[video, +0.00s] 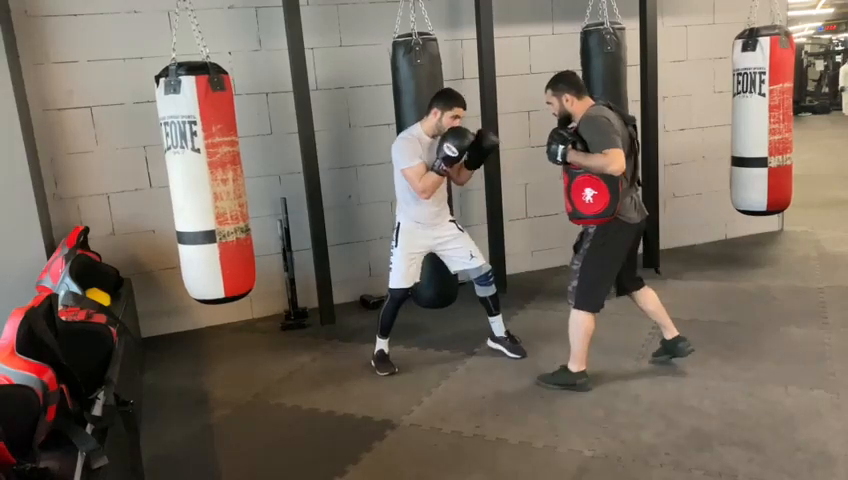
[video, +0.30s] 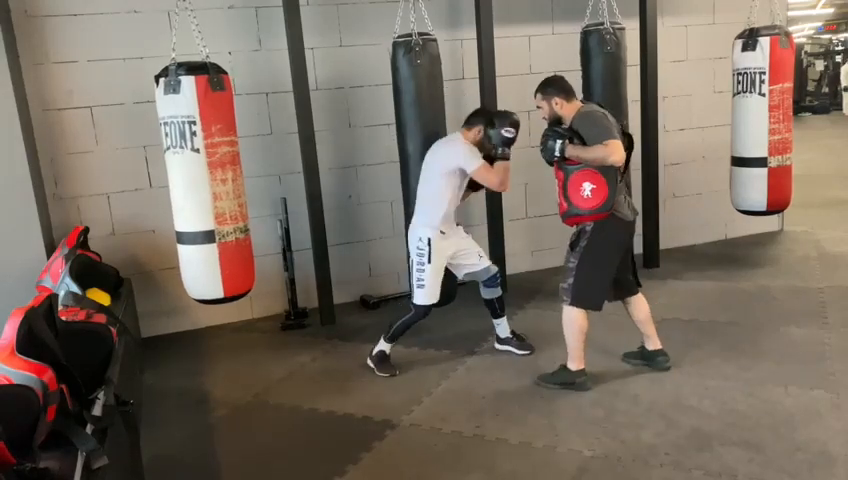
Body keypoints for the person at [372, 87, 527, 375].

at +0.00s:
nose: (456, 126)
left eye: (459, 121)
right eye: (454, 119)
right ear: (436, 114)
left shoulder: (445, 141)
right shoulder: (405, 143)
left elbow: (461, 179)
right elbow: (424, 189)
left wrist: (477, 154)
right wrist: (447, 158)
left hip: (444, 225)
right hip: (411, 228)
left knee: (483, 272)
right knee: (399, 290)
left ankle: (499, 335)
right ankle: (381, 350)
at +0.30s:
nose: (488, 145)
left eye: (489, 142)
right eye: (489, 140)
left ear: (472, 130)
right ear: (478, 131)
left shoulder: (449, 147)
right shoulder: (458, 148)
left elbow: (449, 198)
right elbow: (500, 183)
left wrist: (477, 185)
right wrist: (503, 148)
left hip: (451, 231)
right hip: (427, 235)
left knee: (490, 277)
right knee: (422, 306)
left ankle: (504, 336)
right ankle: (380, 350)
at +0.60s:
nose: (495, 138)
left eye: (498, 132)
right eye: (491, 131)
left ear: (497, 131)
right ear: (475, 126)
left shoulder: (495, 154)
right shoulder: (442, 141)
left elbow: (508, 184)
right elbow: (432, 184)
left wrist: (540, 192)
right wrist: (458, 155)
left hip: (465, 232)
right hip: (428, 230)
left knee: (498, 286)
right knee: (404, 289)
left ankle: (505, 337)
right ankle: (387, 345)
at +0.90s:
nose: (457, 129)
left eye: (459, 123)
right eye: (453, 122)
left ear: (453, 123)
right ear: (436, 119)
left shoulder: (446, 147)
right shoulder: (405, 147)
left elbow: (456, 181)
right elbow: (419, 194)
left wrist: (475, 165)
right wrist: (442, 166)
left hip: (441, 228)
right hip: (408, 231)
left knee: (476, 275)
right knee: (398, 293)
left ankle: (502, 334)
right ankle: (378, 342)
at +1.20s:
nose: (437, 109)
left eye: (439, 104)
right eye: (433, 103)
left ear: (429, 103)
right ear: (414, 100)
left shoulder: (425, 129)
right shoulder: (389, 132)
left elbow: (438, 170)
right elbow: (408, 176)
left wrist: (451, 143)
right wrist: (431, 143)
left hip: (425, 218)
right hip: (395, 220)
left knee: (452, 274)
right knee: (385, 283)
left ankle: (470, 334)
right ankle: (376, 342)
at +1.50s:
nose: (442, 114)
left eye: (445, 109)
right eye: (440, 108)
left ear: (436, 109)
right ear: (421, 104)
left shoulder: (431, 133)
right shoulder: (394, 132)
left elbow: (449, 171)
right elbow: (409, 178)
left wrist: (460, 144)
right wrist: (434, 146)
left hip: (430, 219)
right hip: (399, 221)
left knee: (459, 273)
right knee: (389, 284)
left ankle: (472, 334)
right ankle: (376, 342)